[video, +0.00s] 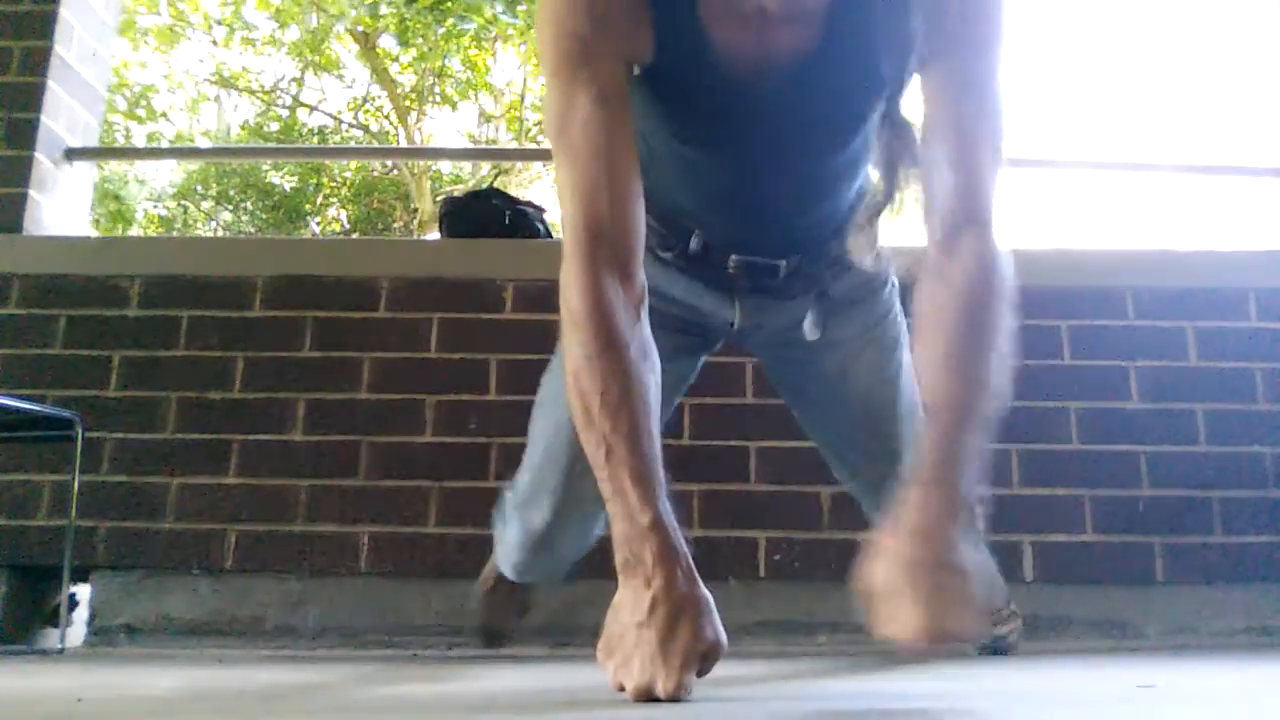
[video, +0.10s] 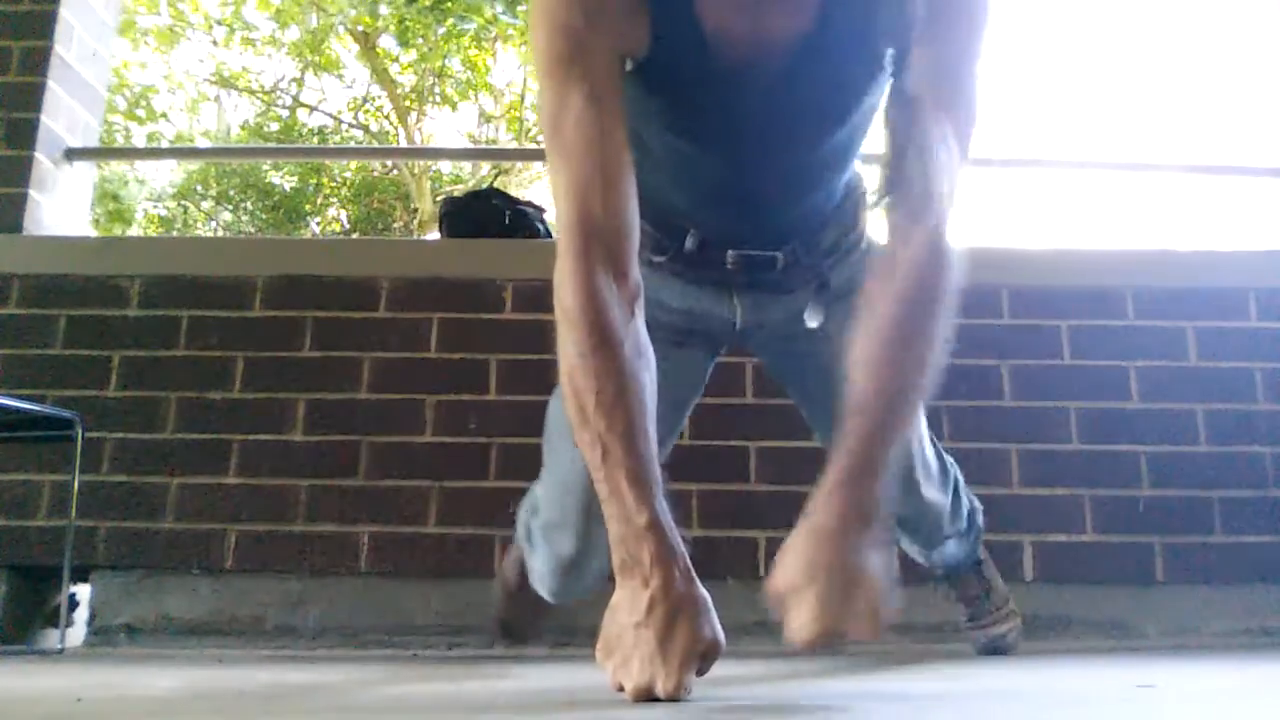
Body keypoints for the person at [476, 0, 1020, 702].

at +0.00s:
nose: (769, 15)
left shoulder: (945, 9)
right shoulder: (593, 11)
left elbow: (964, 237)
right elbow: (601, 274)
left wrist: (934, 511)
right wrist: (652, 564)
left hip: (832, 281)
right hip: (658, 272)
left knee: (939, 536)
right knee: (536, 539)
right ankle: (513, 571)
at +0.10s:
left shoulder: (934, 10)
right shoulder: (585, 9)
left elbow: (922, 234)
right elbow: (599, 276)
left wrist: (848, 514)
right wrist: (650, 565)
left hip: (819, 273)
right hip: (653, 272)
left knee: (910, 489)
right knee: (565, 562)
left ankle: (965, 565)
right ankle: (526, 561)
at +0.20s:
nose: (728, 29)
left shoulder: (911, 11)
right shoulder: (567, 9)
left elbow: (881, 254)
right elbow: (584, 285)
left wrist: (801, 563)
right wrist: (647, 567)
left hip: (807, 273)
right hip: (646, 277)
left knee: (909, 494)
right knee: (578, 552)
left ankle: (973, 558)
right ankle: (548, 583)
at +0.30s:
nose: (700, 17)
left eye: (727, 1)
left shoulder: (875, 16)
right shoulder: (545, 17)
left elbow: (863, 278)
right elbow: (567, 301)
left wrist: (793, 567)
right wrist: (644, 567)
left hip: (798, 310)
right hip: (631, 306)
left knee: (902, 515)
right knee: (546, 551)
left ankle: (981, 541)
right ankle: (537, 590)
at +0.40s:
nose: (659, 22)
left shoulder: (828, 20)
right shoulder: (517, 23)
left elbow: (852, 294)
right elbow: (542, 312)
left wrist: (789, 573)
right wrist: (637, 567)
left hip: (787, 317)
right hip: (619, 313)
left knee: (897, 541)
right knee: (541, 547)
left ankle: (992, 537)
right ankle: (527, 594)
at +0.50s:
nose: (614, 17)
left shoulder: (783, 19)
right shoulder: (478, 30)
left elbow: (822, 282)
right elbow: (506, 304)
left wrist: (781, 570)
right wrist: (604, 565)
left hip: (771, 324)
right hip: (611, 316)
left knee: (876, 533)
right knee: (532, 539)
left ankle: (992, 537)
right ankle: (530, 586)